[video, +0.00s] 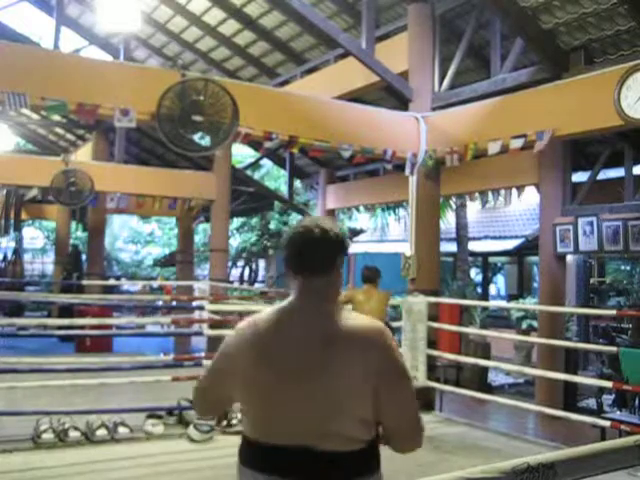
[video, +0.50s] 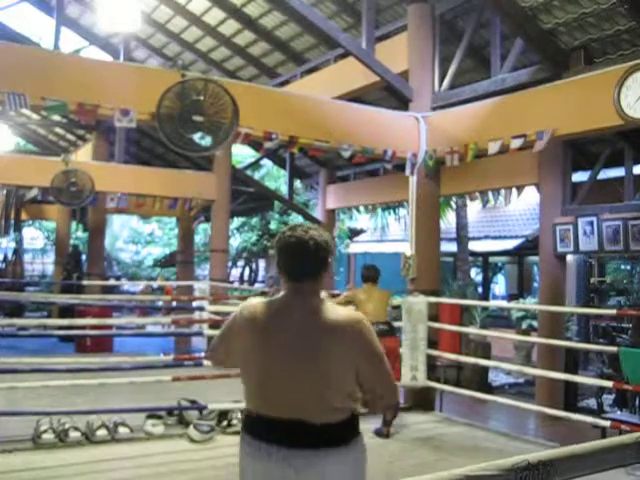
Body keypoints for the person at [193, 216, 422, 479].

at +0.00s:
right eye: (345, 265)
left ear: (287, 268)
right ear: (340, 268)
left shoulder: (250, 334)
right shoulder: (371, 337)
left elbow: (206, 406)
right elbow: (408, 438)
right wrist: (364, 418)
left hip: (263, 469)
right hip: (349, 470)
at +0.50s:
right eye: (333, 263)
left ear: (279, 267)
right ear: (327, 268)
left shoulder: (250, 315)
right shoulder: (351, 324)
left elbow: (218, 356)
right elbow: (386, 397)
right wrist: (341, 395)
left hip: (262, 455)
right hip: (334, 457)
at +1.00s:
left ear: (308, 265)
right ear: (346, 269)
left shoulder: (278, 306)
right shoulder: (365, 314)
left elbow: (245, 341)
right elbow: (385, 372)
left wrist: (287, 339)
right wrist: (349, 355)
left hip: (290, 429)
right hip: (350, 430)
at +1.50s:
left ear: (281, 272)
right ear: (313, 271)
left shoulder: (261, 315)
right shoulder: (335, 313)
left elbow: (224, 358)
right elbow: (351, 362)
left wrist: (261, 341)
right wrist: (321, 349)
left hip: (275, 417)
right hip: (327, 415)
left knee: (273, 475)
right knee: (321, 475)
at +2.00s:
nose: (249, 270)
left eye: (250, 266)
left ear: (252, 270)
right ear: (282, 270)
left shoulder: (232, 303)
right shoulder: (298, 306)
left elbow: (200, 328)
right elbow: (313, 345)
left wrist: (232, 324)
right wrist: (283, 339)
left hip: (244, 398)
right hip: (288, 396)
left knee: (254, 468)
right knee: (280, 462)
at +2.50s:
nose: (238, 264)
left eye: (239, 261)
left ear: (241, 263)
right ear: (269, 266)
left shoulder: (225, 297)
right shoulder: (281, 300)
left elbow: (190, 329)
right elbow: (295, 344)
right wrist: (266, 346)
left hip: (233, 378)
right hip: (273, 377)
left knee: (211, 449)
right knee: (258, 448)